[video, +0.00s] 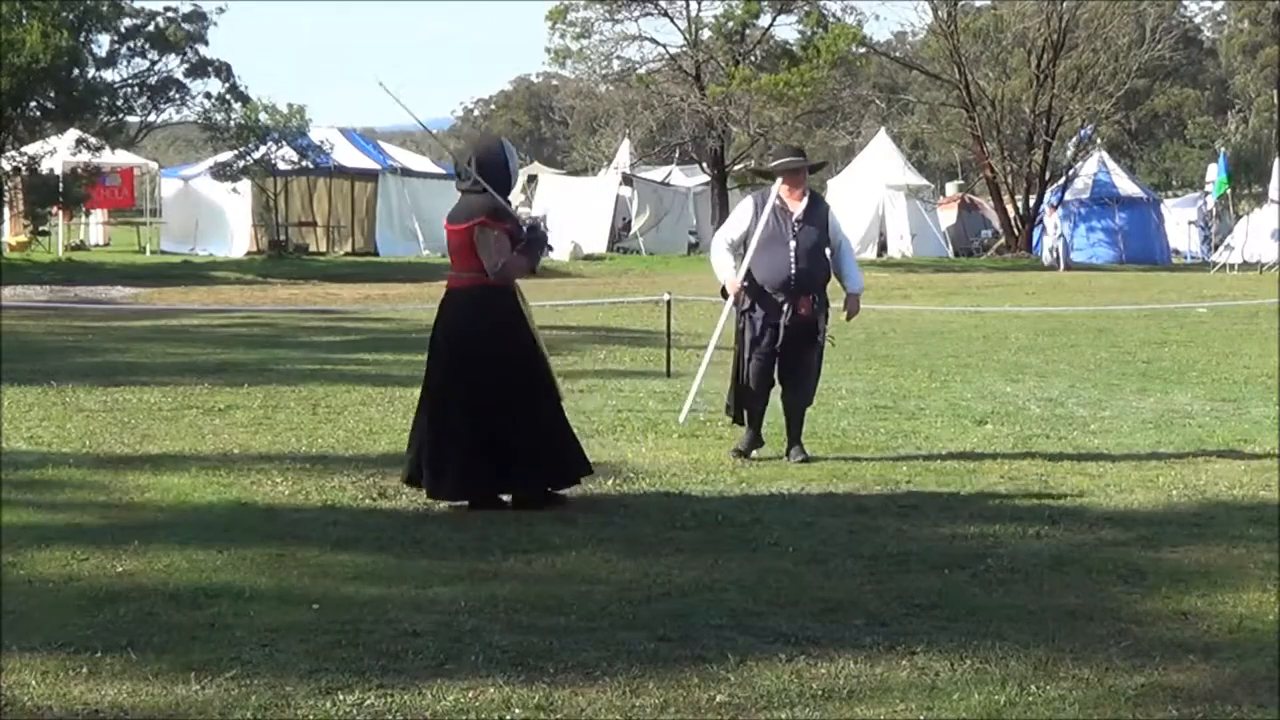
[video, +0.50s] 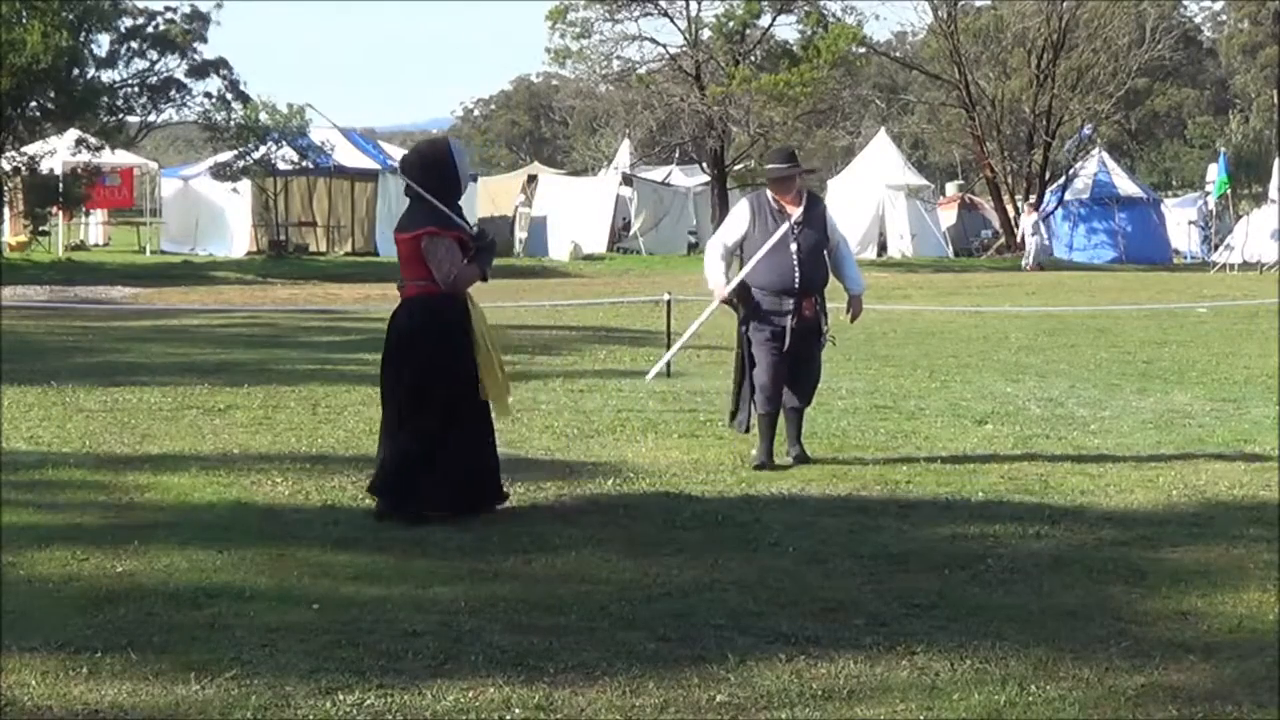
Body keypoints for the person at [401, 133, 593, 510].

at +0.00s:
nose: (515, 173)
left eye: (513, 166)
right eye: (512, 167)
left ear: (473, 168)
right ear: (504, 170)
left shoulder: (460, 210)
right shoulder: (488, 212)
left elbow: (479, 262)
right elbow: (501, 270)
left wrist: (516, 239)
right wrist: (532, 248)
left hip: (458, 307)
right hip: (490, 311)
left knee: (473, 395)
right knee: (514, 392)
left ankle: (480, 486)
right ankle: (529, 486)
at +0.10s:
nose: (505, 172)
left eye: (503, 165)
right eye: (501, 165)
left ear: (463, 168)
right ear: (491, 169)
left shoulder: (453, 210)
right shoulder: (477, 212)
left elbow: (474, 260)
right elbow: (495, 269)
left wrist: (511, 237)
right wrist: (525, 246)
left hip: (452, 305)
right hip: (480, 310)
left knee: (470, 393)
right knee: (499, 392)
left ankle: (479, 484)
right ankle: (502, 486)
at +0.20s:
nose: (492, 174)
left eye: (490, 166)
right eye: (488, 166)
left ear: (447, 170)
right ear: (476, 170)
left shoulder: (439, 213)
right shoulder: (465, 217)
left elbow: (453, 260)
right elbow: (486, 271)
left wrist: (496, 236)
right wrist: (514, 246)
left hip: (440, 309)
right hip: (469, 313)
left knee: (450, 394)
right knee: (479, 394)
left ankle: (448, 479)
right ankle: (478, 487)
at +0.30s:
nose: (484, 176)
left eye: (482, 169)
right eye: (479, 169)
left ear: (438, 173)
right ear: (468, 173)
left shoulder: (429, 217)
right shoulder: (459, 219)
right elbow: (478, 273)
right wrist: (507, 251)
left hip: (432, 314)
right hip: (465, 316)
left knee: (433, 398)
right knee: (478, 399)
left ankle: (425, 482)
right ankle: (486, 493)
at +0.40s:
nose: (472, 177)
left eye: (470, 170)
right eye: (466, 170)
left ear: (424, 178)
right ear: (454, 176)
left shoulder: (417, 220)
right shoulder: (444, 223)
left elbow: (433, 268)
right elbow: (465, 277)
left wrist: (476, 242)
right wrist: (493, 257)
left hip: (420, 318)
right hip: (447, 321)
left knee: (416, 404)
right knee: (457, 403)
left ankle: (398, 491)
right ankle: (472, 495)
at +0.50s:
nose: (464, 179)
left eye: (461, 171)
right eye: (458, 171)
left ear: (417, 178)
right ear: (445, 178)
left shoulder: (412, 219)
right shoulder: (433, 224)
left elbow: (434, 271)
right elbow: (453, 279)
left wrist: (468, 246)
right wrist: (482, 258)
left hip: (412, 319)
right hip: (436, 324)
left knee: (416, 407)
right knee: (445, 406)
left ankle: (409, 492)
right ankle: (452, 493)